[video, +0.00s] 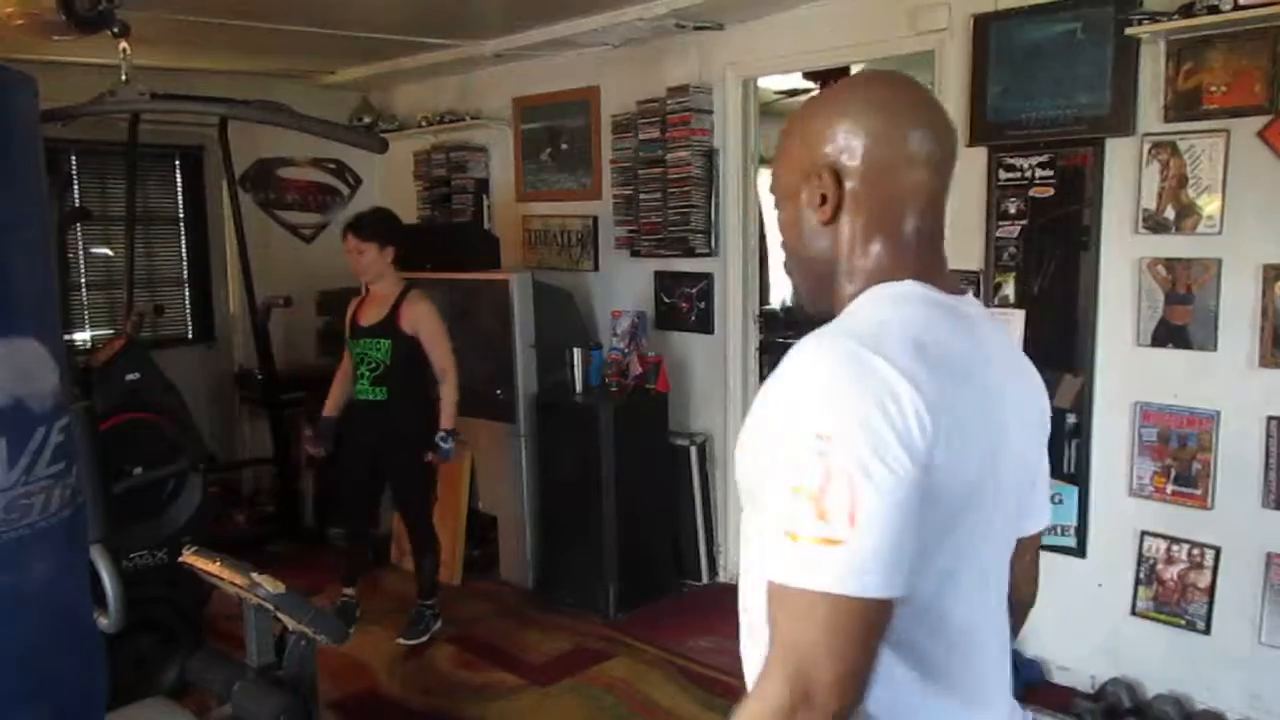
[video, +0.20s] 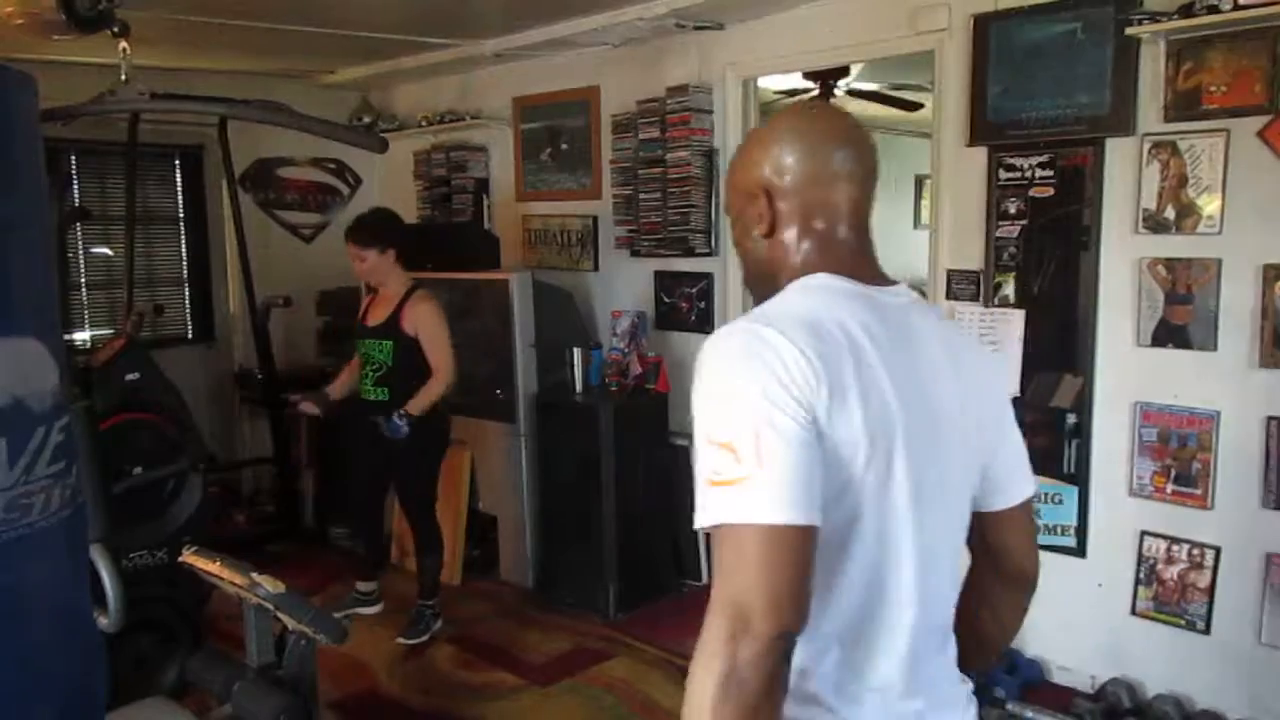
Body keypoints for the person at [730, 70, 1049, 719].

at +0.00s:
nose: (780, 235)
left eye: (780, 203)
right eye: (776, 205)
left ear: (825, 197)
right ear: (927, 196)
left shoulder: (849, 372)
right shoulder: (1007, 363)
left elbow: (810, 691)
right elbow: (1014, 594)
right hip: (987, 704)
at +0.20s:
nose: (735, 243)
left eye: (734, 218)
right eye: (732, 220)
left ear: (763, 213)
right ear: (861, 207)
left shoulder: (764, 349)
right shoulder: (958, 349)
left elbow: (754, 631)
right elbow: (1012, 564)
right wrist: (945, 680)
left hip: (815, 706)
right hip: (941, 703)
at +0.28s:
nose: (707, 245)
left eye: (706, 224)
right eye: (705, 225)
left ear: (733, 223)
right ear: (826, 217)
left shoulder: (730, 349)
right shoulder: (935, 353)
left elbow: (728, 607)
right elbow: (983, 565)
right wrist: (931, 683)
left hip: (781, 701)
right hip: (912, 697)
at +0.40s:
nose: (662, 249)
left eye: (662, 231)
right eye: (661, 230)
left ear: (682, 235)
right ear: (773, 224)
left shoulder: (671, 364)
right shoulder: (886, 356)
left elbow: (657, 601)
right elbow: (927, 564)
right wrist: (902, 692)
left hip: (724, 697)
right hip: (860, 692)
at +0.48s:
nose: (635, 250)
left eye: (635, 234)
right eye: (634, 234)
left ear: (652, 237)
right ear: (749, 229)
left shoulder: (637, 370)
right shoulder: (848, 353)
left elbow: (596, 607)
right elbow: (897, 543)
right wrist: (886, 685)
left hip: (690, 698)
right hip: (827, 693)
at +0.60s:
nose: (621, 234)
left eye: (622, 218)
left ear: (630, 227)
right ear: (723, 225)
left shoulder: (598, 350)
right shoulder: (809, 341)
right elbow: (868, 518)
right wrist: (879, 656)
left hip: (646, 682)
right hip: (776, 681)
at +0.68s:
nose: (620, 220)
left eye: (621, 205)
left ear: (629, 213)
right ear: (720, 218)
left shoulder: (583, 329)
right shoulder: (792, 329)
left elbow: (532, 508)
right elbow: (848, 500)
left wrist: (515, 622)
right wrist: (875, 631)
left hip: (636, 655)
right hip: (759, 656)